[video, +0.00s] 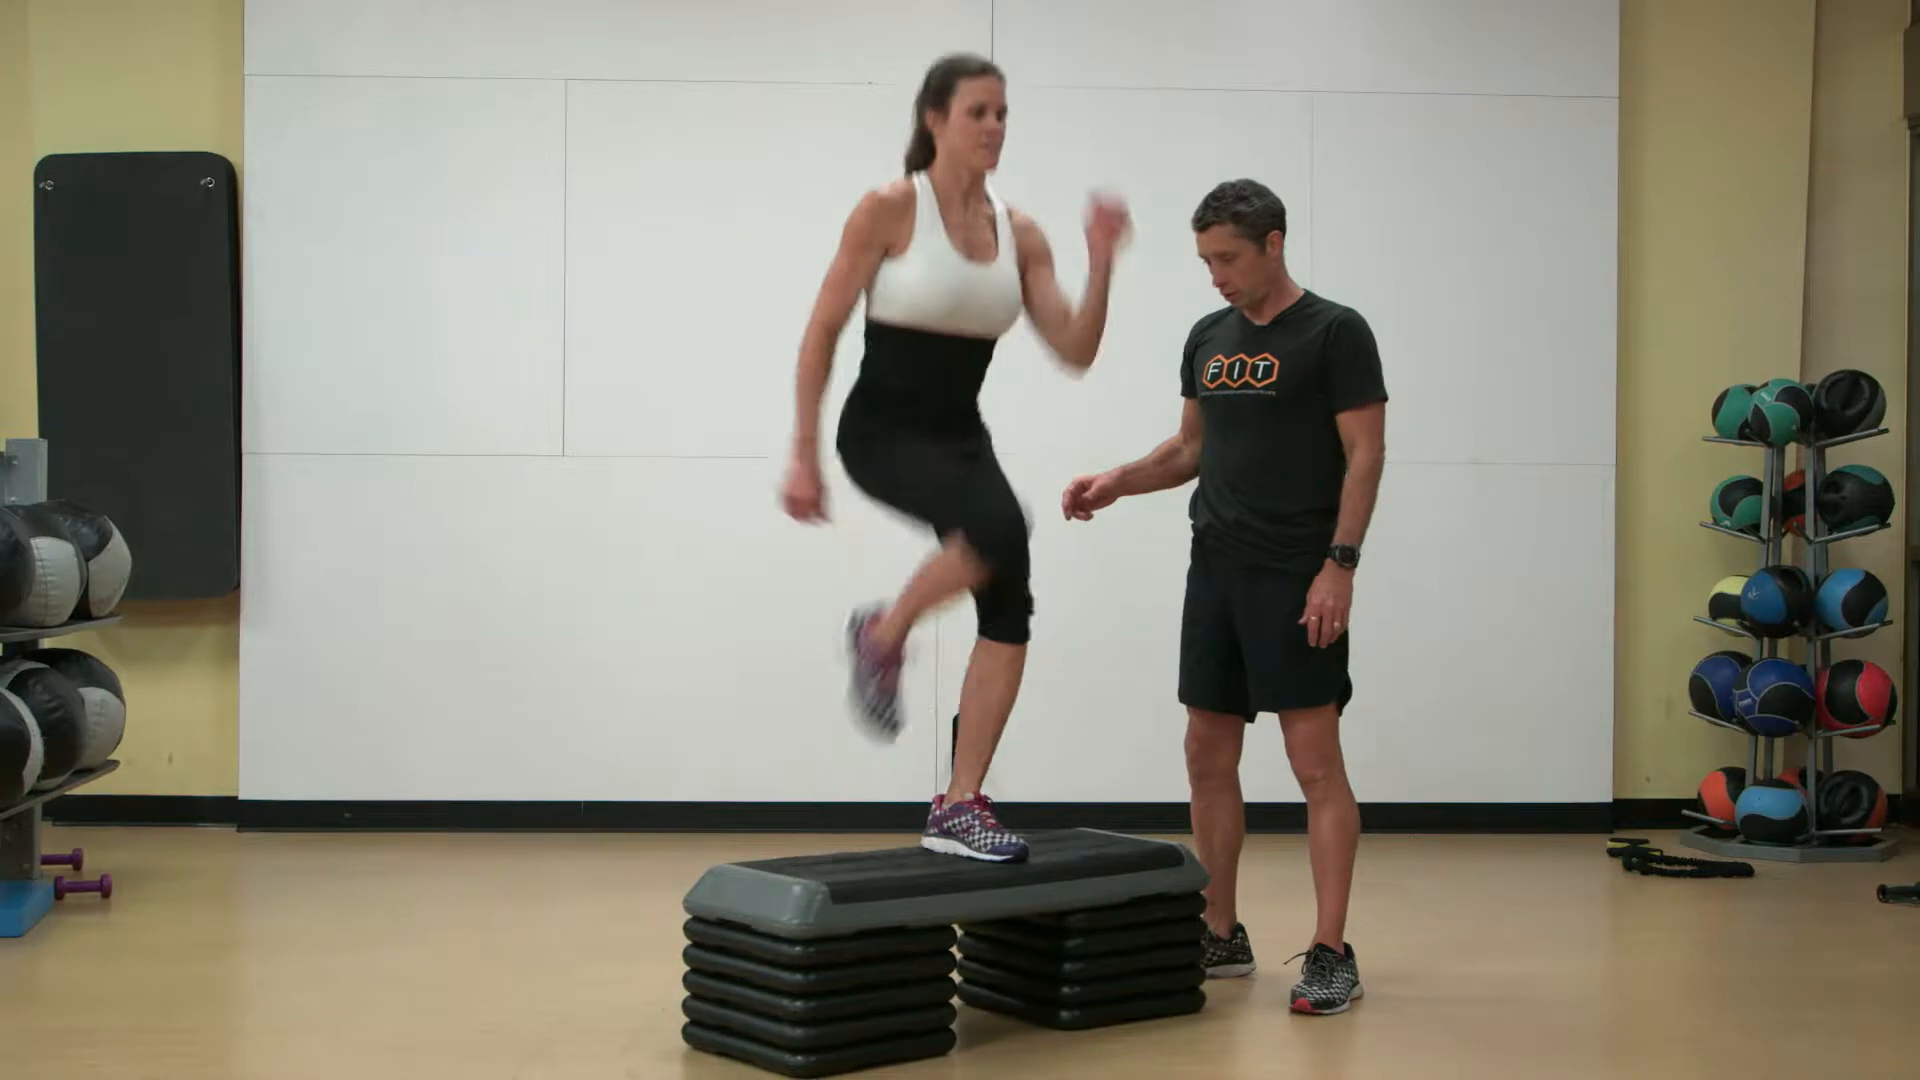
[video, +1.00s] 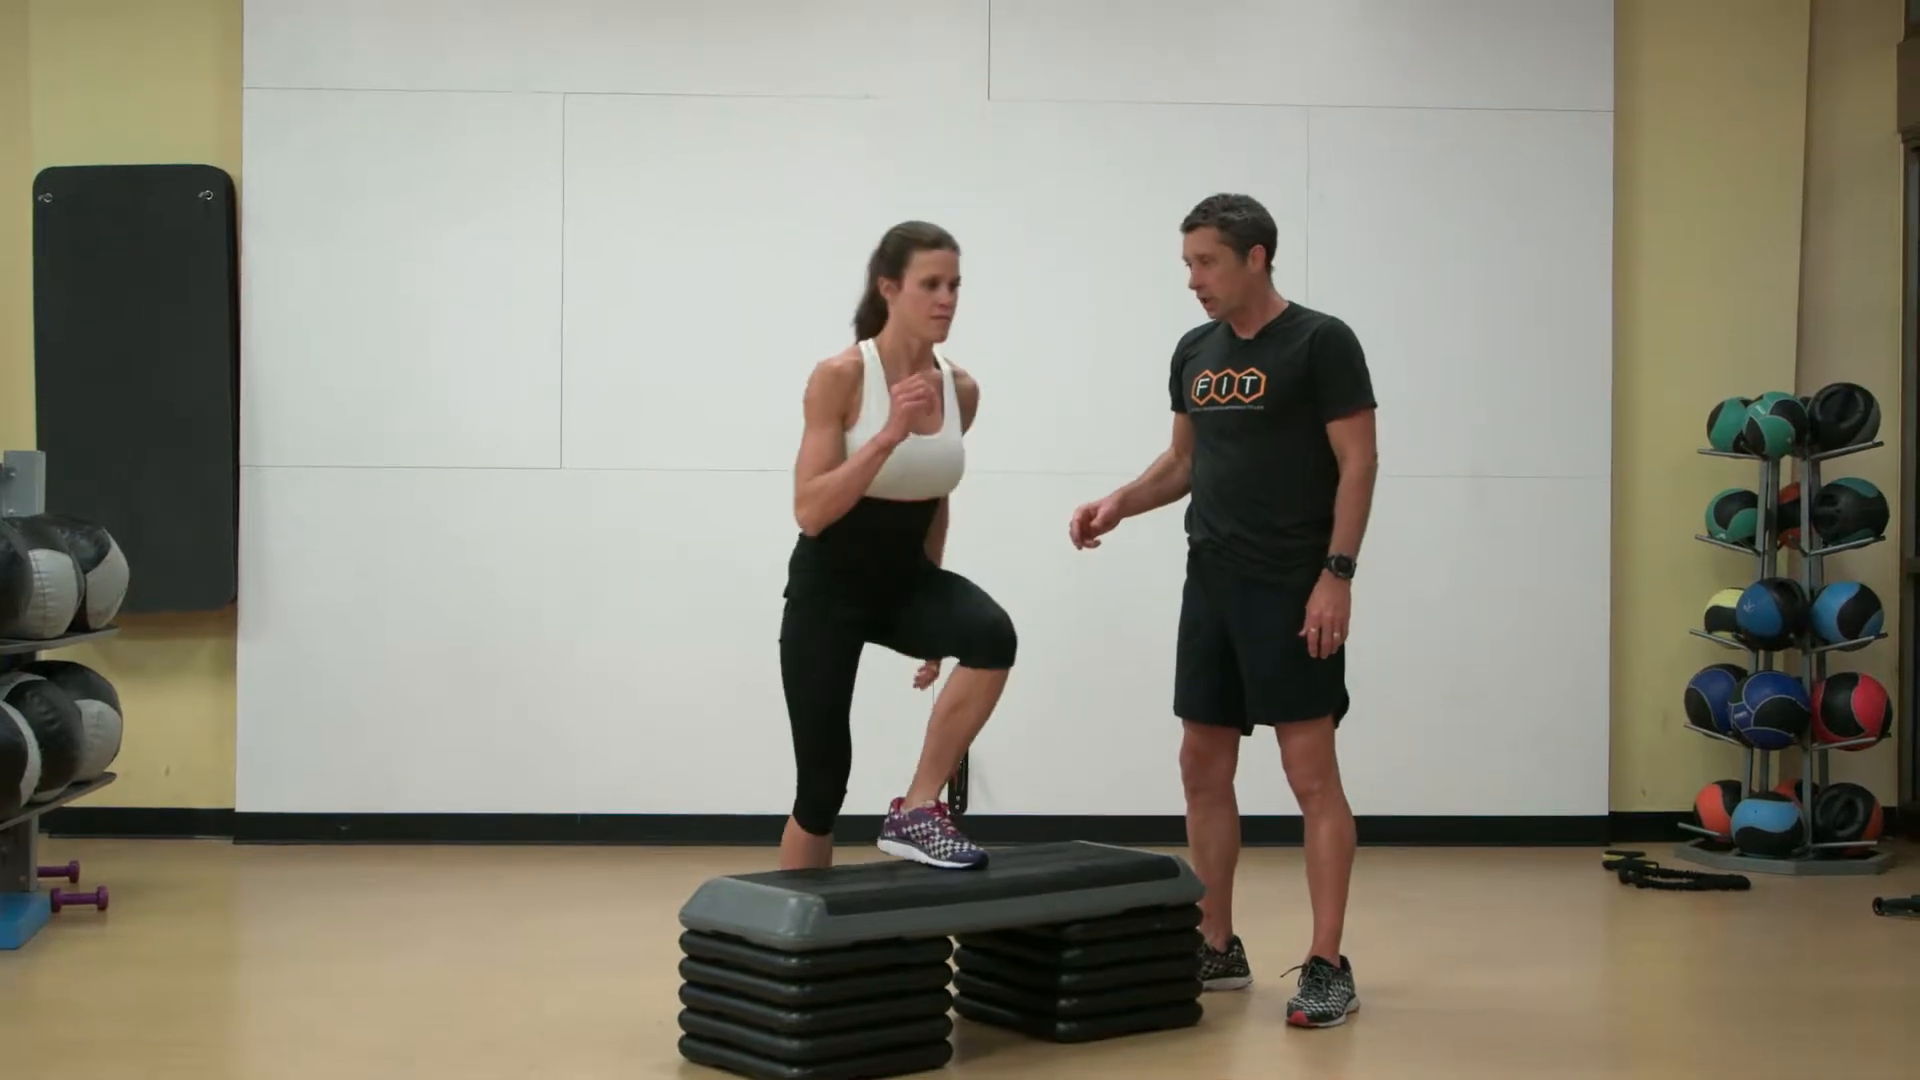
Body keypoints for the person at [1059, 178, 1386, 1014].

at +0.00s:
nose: (1217, 274)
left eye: (1228, 258)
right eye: (1208, 260)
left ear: (1274, 245)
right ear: (1205, 257)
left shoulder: (1337, 333)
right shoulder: (1208, 338)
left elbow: (1365, 454)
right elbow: (1189, 450)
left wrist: (1339, 563)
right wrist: (1118, 480)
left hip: (1299, 575)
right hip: (1216, 571)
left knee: (1316, 762)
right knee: (1207, 752)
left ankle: (1330, 948)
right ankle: (1219, 933)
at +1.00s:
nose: (1192, 279)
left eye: (1205, 264)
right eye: (1187, 265)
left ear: (1256, 258)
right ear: (1198, 265)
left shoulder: (1323, 343)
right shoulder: (1193, 354)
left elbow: (1358, 463)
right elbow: (1181, 464)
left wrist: (1337, 573)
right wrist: (1119, 502)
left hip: (1294, 588)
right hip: (1211, 586)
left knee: (1312, 775)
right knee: (1202, 766)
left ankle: (1326, 961)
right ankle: (1215, 945)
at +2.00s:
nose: (1217, 309)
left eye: (1231, 294)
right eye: (1208, 295)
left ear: (1276, 289)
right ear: (1205, 296)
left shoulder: (1334, 380)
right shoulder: (1196, 382)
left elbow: (1369, 502)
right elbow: (1179, 489)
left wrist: (1355, 609)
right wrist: (1131, 528)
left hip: (1301, 620)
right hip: (1214, 617)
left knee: (1317, 807)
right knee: (1205, 797)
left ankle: (1330, 992)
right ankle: (1219, 976)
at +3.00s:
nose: (1210, 339)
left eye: (1223, 325)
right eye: (1203, 325)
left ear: (1272, 315)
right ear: (1202, 320)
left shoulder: (1344, 386)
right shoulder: (1193, 403)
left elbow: (1393, 501)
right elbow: (1151, 507)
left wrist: (1385, 608)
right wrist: (1093, 528)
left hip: (1333, 631)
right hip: (1243, 632)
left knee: (1340, 817)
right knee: (1220, 804)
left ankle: (1341, 1002)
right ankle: (1230, 988)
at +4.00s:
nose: (1238, 324)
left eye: (1251, 309)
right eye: (1230, 310)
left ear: (1299, 300)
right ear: (1228, 307)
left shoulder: (1367, 383)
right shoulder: (1216, 391)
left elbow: (1404, 502)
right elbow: (1180, 493)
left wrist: (1390, 606)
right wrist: (1136, 537)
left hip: (1341, 626)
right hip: (1251, 625)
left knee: (1346, 814)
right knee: (1228, 799)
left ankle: (1344, 998)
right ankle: (1234, 983)